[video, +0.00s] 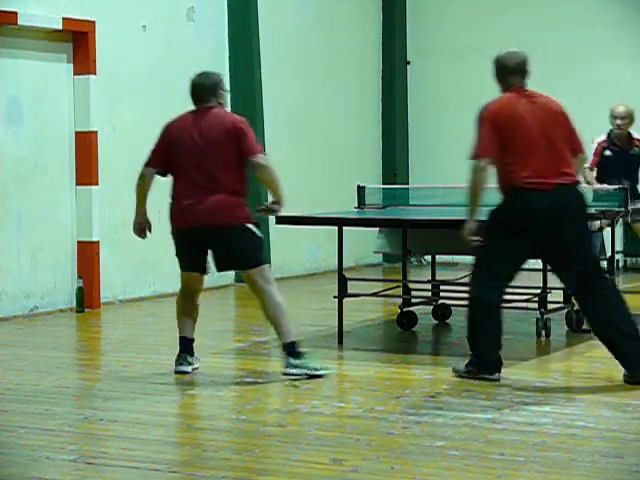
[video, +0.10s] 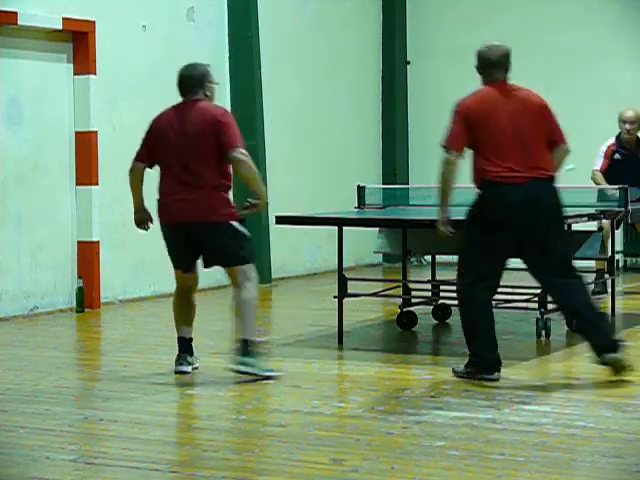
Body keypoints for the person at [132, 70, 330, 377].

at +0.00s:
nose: (227, 96)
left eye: (225, 91)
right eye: (225, 92)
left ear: (194, 97)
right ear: (220, 95)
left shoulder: (175, 128)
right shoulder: (235, 124)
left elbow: (147, 174)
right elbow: (258, 162)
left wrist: (140, 213)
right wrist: (278, 195)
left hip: (186, 222)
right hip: (230, 219)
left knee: (189, 287)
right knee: (264, 283)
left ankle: (185, 355)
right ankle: (293, 354)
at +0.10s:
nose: (215, 89)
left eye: (213, 85)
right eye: (213, 85)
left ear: (183, 89)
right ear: (205, 88)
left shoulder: (162, 121)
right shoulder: (219, 116)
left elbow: (137, 167)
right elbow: (237, 157)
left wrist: (139, 206)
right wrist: (261, 193)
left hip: (173, 218)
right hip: (215, 215)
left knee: (185, 284)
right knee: (245, 278)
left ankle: (184, 355)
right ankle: (246, 354)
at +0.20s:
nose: (204, 84)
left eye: (202, 79)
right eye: (201, 80)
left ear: (172, 84)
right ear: (193, 83)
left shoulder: (152, 116)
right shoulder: (206, 111)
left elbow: (131, 167)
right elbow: (224, 155)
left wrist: (138, 204)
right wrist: (248, 187)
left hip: (161, 214)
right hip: (201, 212)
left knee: (180, 282)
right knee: (223, 281)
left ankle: (183, 355)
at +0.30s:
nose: (195, 84)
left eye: (193, 79)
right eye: (192, 79)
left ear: (163, 83)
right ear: (184, 82)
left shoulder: (143, 115)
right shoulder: (195, 111)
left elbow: (123, 166)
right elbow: (217, 159)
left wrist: (132, 200)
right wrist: (240, 187)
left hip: (147, 214)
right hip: (184, 213)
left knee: (173, 282)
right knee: (197, 285)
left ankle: (183, 354)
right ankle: (146, 344)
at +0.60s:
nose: (172, 78)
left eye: (172, 73)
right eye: (170, 73)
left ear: (139, 77)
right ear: (159, 76)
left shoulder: (115, 106)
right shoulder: (163, 107)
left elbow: (93, 154)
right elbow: (173, 158)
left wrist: (87, 198)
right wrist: (197, 187)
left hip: (110, 209)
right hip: (144, 212)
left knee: (137, 281)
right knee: (145, 284)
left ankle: (131, 354)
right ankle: (123, 364)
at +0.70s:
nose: (163, 78)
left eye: (162, 72)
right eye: (160, 72)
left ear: (130, 76)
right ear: (148, 75)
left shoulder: (106, 106)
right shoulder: (151, 105)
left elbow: (85, 154)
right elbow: (157, 155)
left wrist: (78, 198)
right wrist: (182, 190)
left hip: (100, 210)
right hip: (136, 213)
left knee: (114, 279)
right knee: (138, 284)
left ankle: (90, 349)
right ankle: (123, 365)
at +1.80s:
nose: (188, 82)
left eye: (188, 77)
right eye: (186, 77)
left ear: (156, 80)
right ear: (176, 80)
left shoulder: (130, 109)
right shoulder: (178, 111)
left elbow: (104, 155)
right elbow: (190, 163)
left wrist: (104, 196)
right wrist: (213, 192)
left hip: (115, 210)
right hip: (152, 213)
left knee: (137, 277)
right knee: (160, 288)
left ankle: (112, 344)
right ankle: (139, 365)